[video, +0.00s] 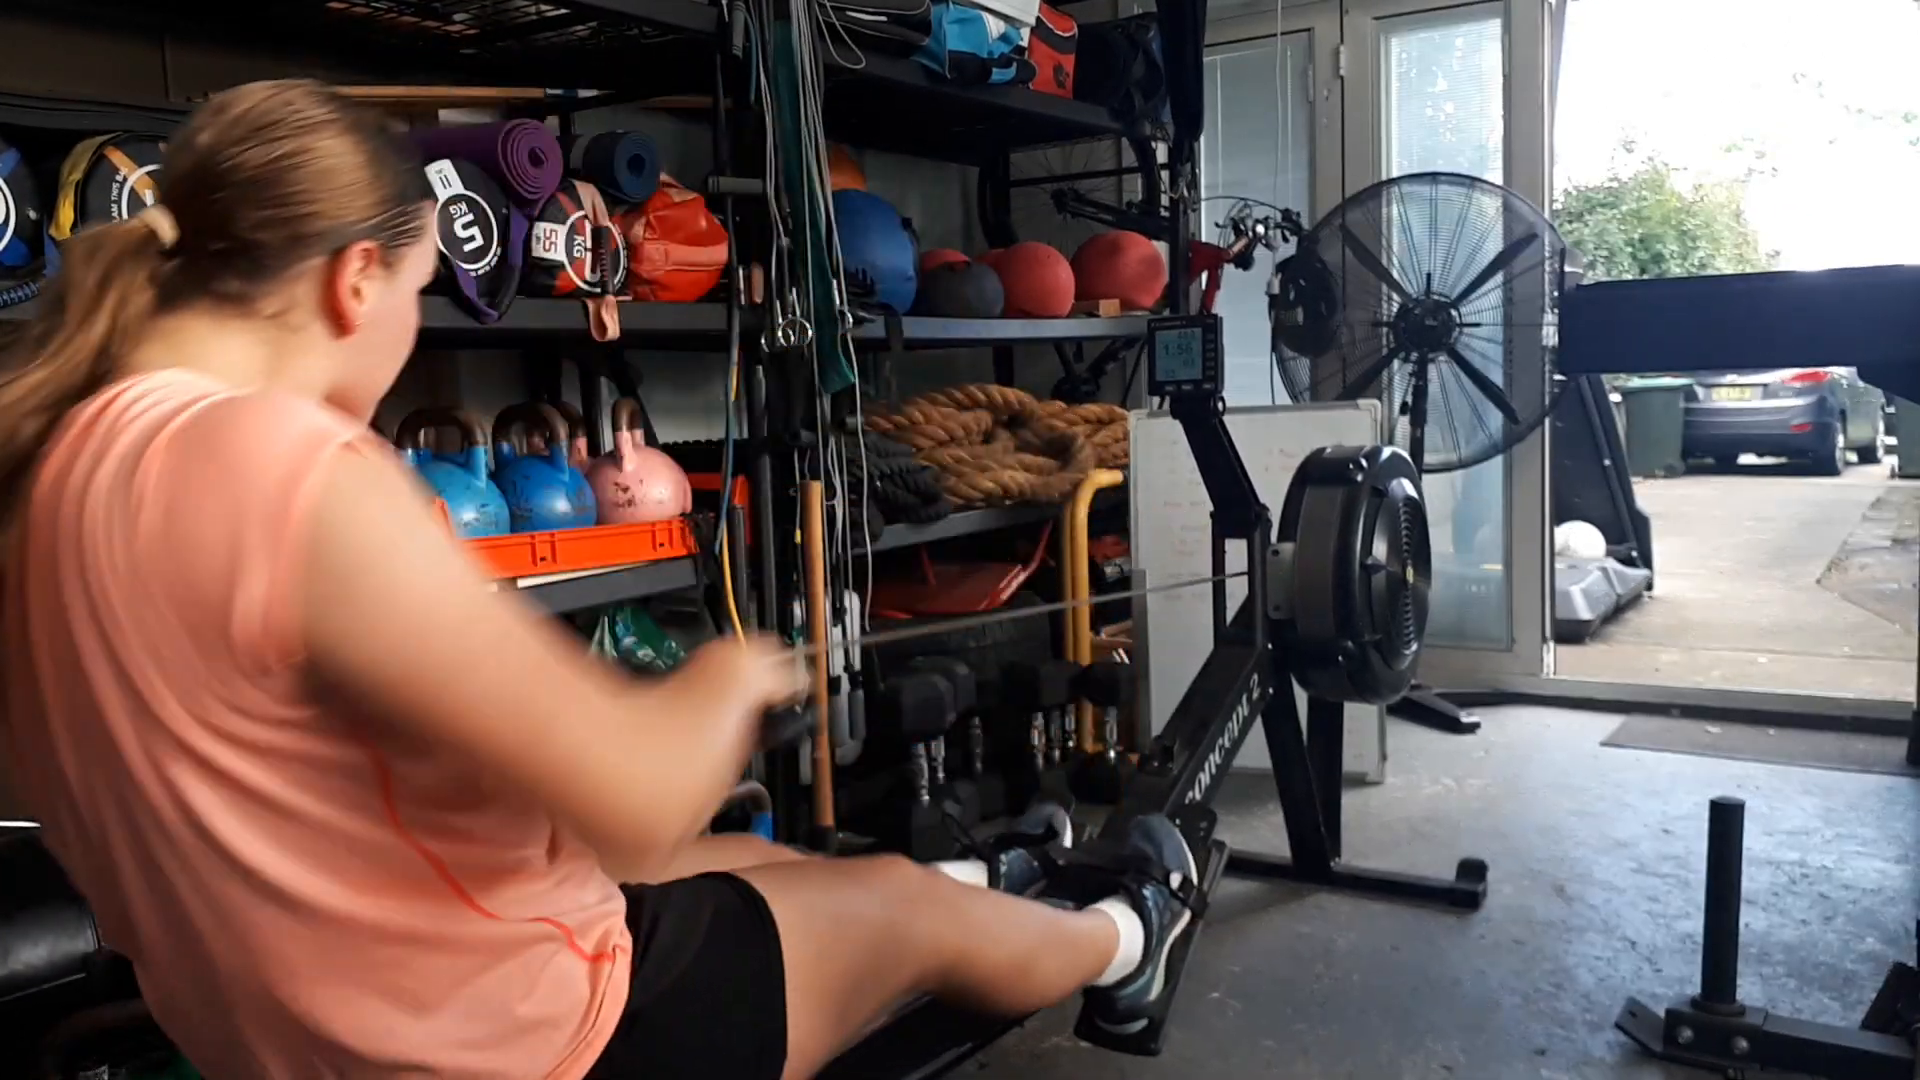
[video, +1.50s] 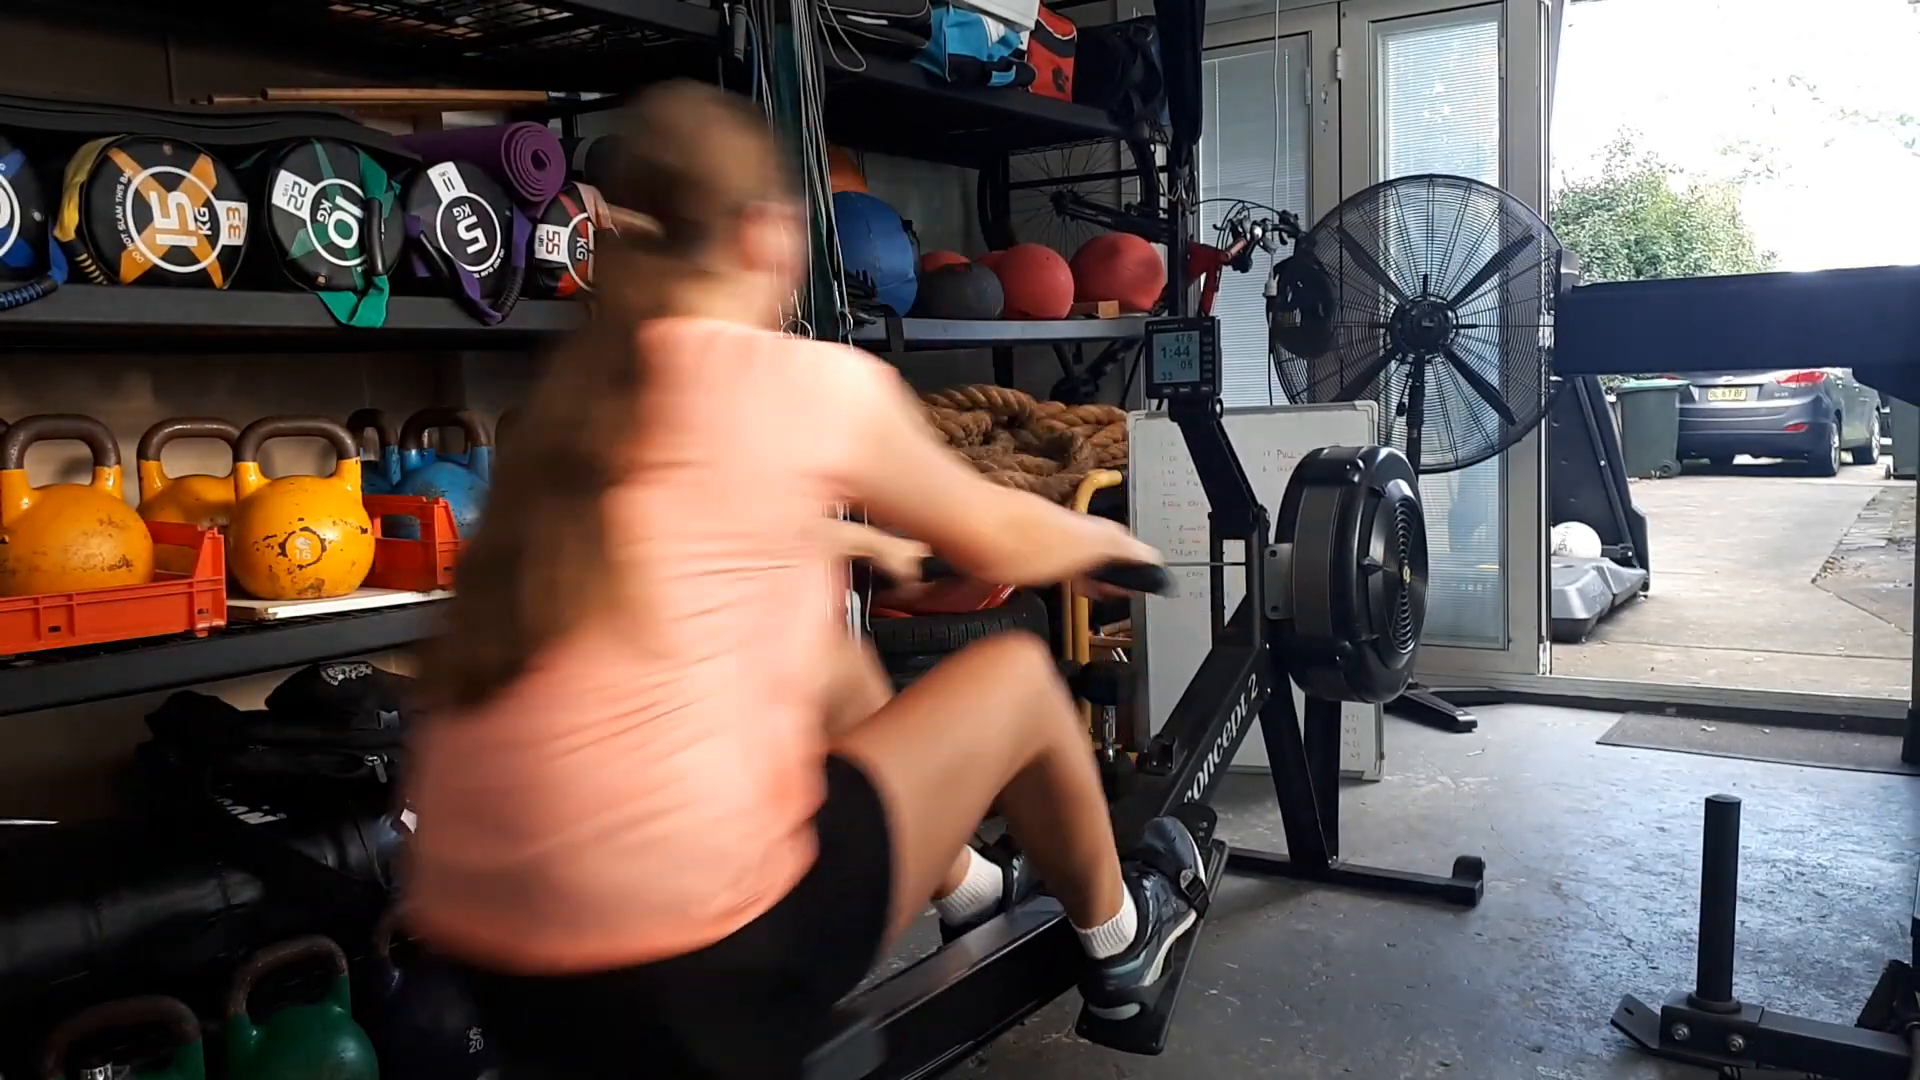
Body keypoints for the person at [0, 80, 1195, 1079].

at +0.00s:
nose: (412, 329)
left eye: (421, 291)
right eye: (416, 290)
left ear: (178, 262)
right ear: (347, 280)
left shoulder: (59, 458)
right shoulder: (300, 484)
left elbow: (57, 798)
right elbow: (653, 802)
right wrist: (741, 672)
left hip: (283, 1026)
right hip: (507, 1037)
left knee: (742, 860)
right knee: (906, 905)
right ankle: (1111, 947)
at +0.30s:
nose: (504, 284)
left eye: (506, 246)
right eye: (504, 242)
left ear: (278, 237)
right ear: (441, 237)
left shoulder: (160, 426)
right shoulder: (407, 426)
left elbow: (131, 794)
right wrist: (710, 698)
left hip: (293, 1036)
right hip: (519, 1042)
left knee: (752, 827)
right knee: (923, 873)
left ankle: (899, 1000)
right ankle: (1114, 951)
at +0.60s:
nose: (785, 272)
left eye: (782, 245)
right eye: (781, 244)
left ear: (606, 244)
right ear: (749, 249)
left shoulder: (502, 392)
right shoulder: (777, 412)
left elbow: (580, 613)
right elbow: (1027, 636)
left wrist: (790, 614)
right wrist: (1071, 619)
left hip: (418, 1014)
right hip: (652, 1020)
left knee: (801, 703)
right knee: (982, 726)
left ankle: (923, 902)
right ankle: (1121, 958)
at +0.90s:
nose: (977, 305)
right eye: (974, 287)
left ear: (828, 306)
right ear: (957, 301)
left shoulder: (757, 429)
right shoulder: (986, 430)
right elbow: (1151, 558)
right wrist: (1228, 585)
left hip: (661, 915)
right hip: (867, 926)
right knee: (1081, 590)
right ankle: (1113, 939)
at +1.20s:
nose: (1024, 315)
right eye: (1021, 299)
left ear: (887, 325)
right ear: (1007, 318)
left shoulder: (821, 429)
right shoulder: (1049, 434)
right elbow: (1189, 553)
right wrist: (1272, 575)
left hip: (729, 880)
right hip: (923, 895)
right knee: (1108, 579)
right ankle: (1112, 935)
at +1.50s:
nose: (802, 247)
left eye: (800, 225)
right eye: (798, 225)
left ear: (626, 236)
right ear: (766, 234)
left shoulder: (562, 391)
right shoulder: (812, 384)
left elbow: (688, 524)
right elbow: (1000, 537)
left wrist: (875, 546)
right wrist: (1095, 538)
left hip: (492, 970)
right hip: (702, 968)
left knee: (816, 629)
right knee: (1019, 671)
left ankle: (953, 886)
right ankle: (1119, 946)